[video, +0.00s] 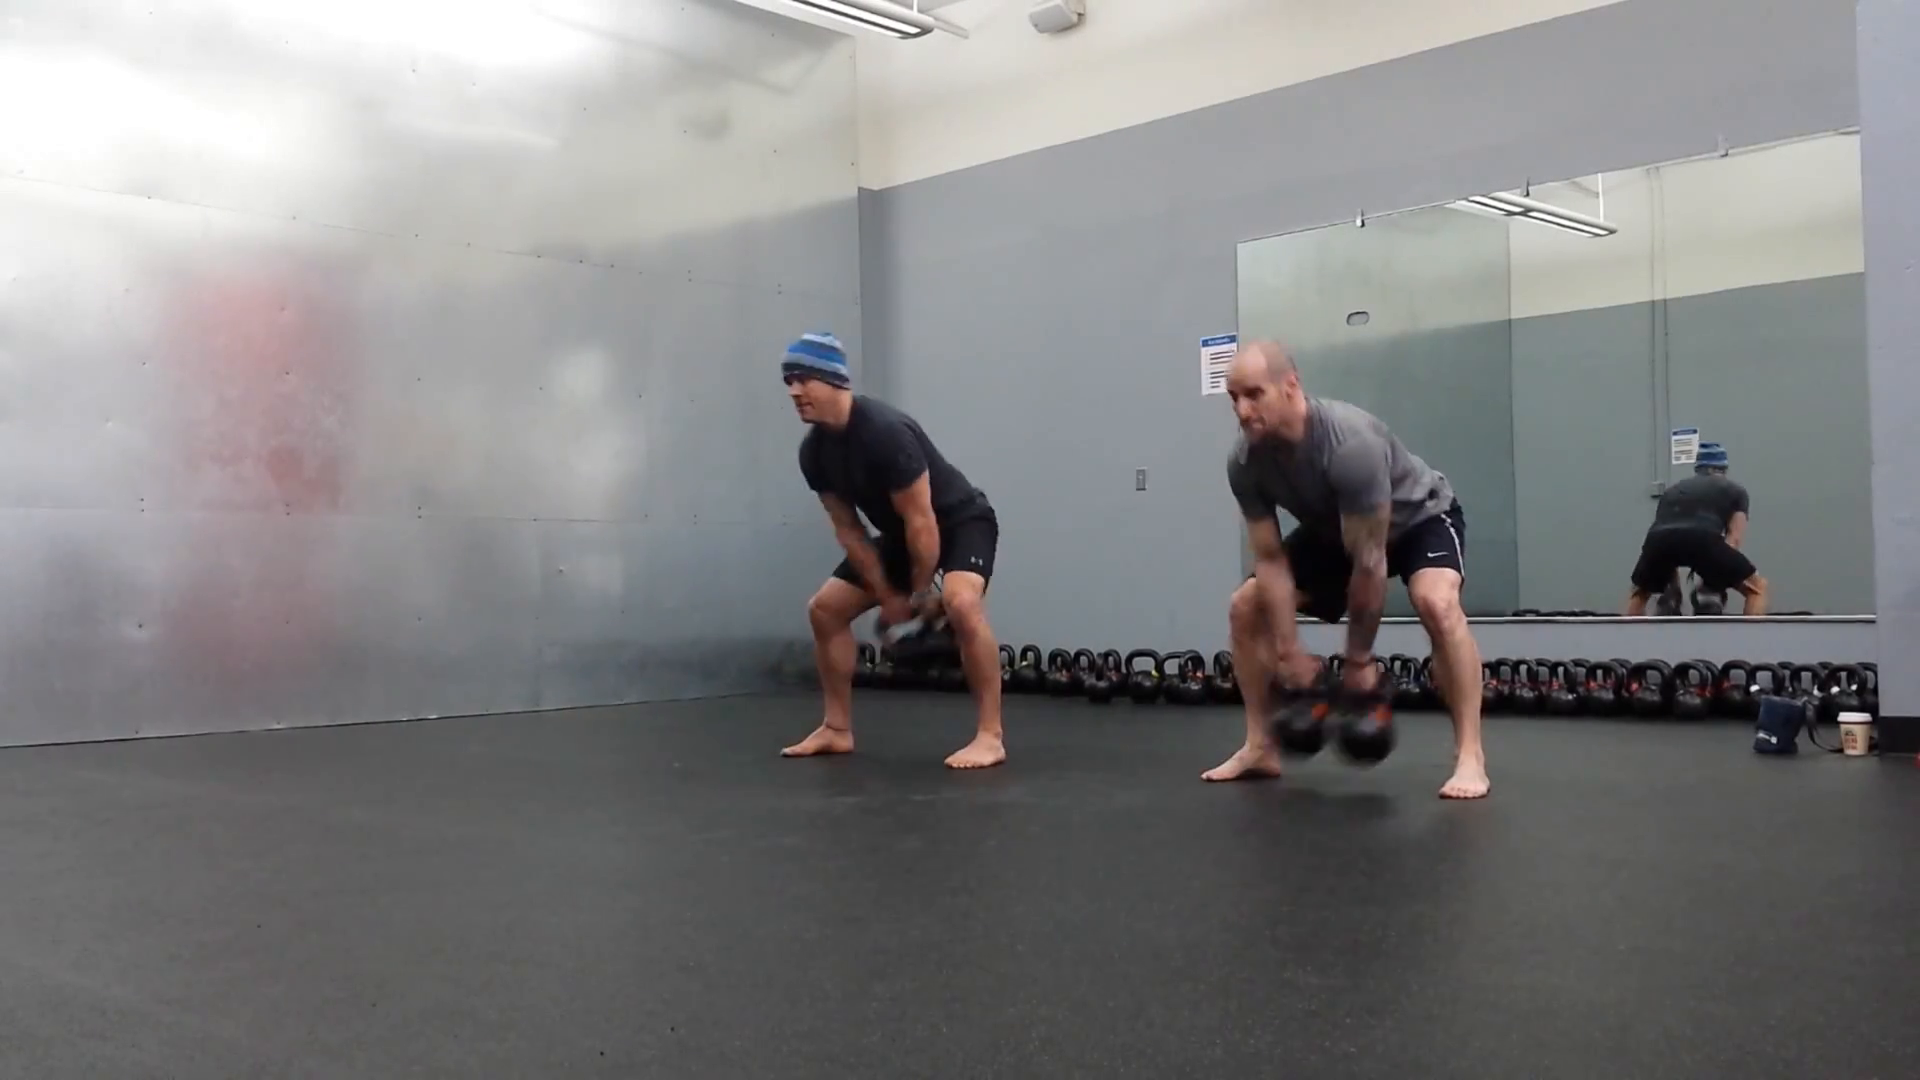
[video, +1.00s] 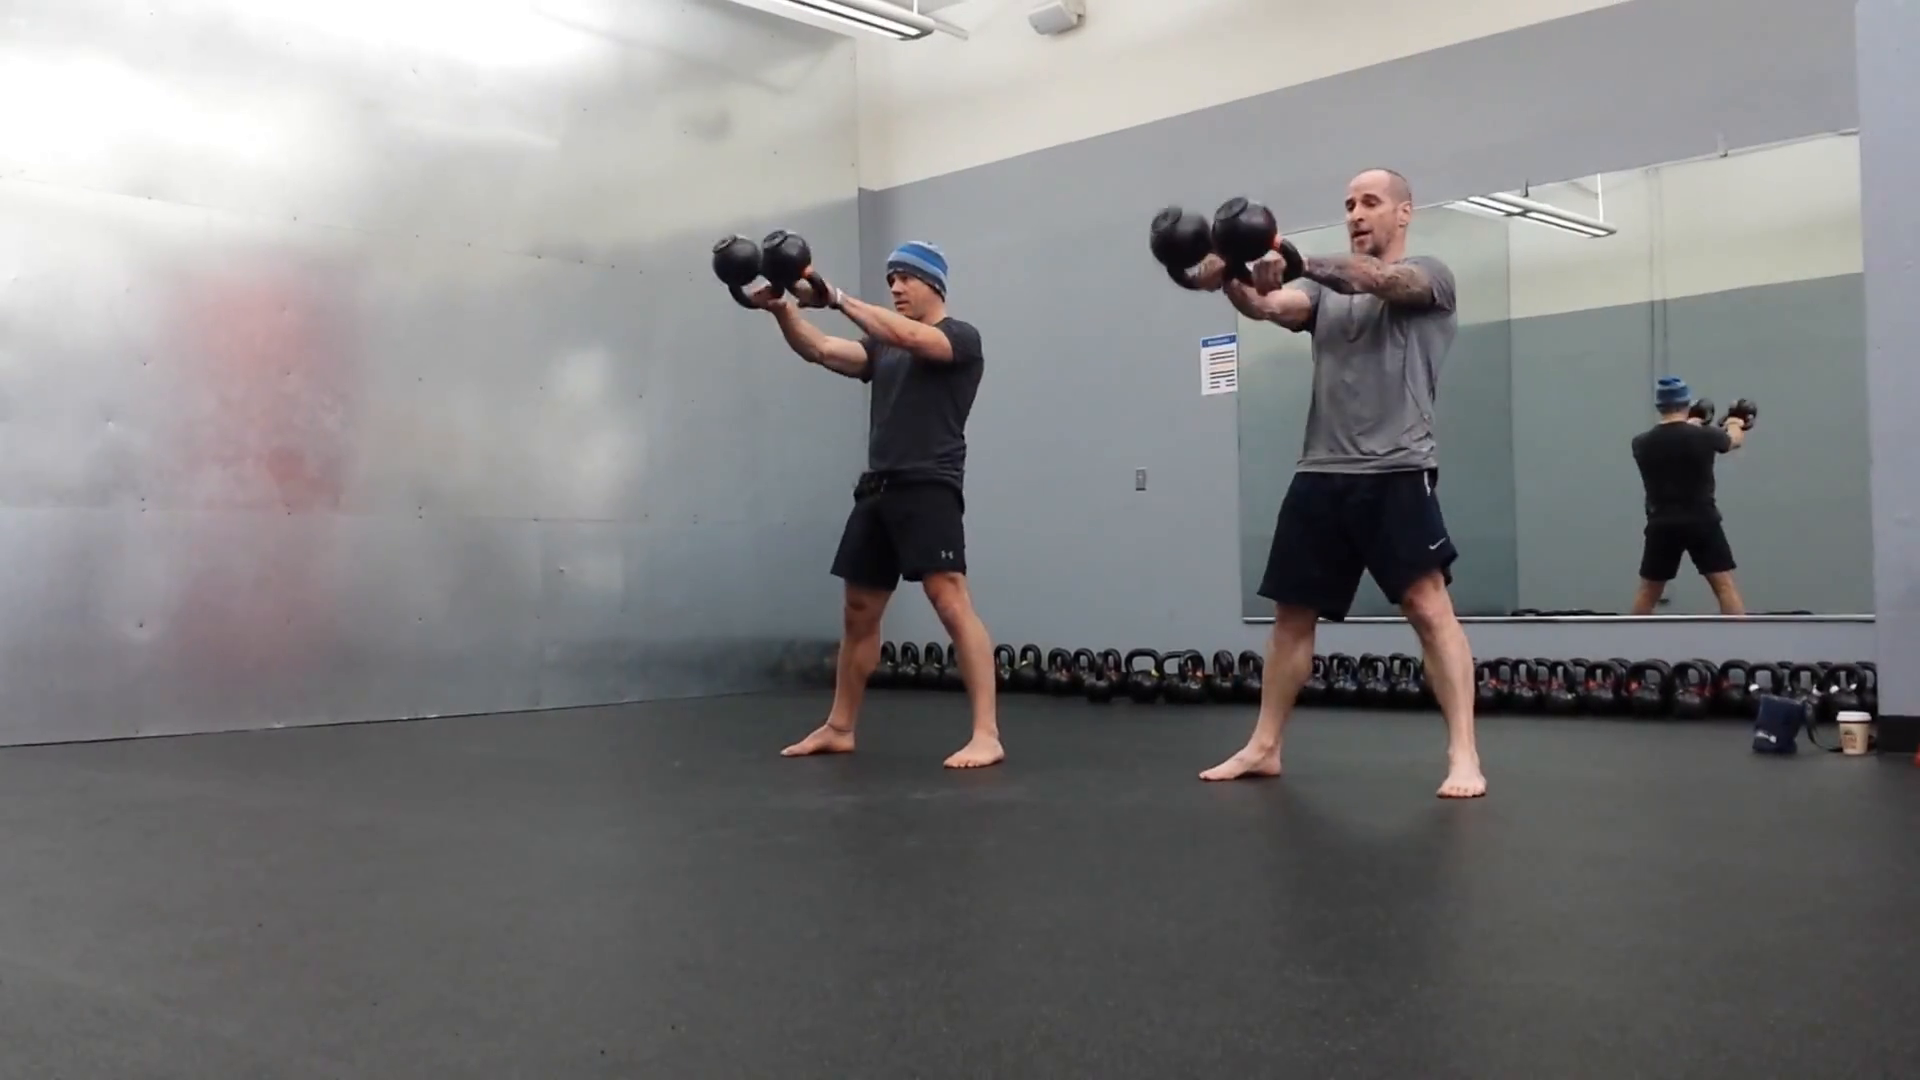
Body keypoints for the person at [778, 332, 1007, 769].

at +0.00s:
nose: (794, 391)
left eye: (803, 380)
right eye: (790, 382)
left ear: (835, 379)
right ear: (791, 386)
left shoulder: (885, 432)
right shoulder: (815, 452)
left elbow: (921, 522)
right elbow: (847, 528)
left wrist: (921, 590)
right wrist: (886, 596)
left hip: (962, 521)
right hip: (902, 533)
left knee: (962, 603)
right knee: (826, 610)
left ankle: (990, 737)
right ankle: (837, 729)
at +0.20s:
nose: (774, 428)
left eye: (784, 416)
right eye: (770, 418)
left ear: (816, 417)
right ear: (769, 423)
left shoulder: (873, 457)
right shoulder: (803, 482)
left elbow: (931, 536)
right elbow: (859, 545)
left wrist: (948, 586)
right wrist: (910, 587)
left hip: (962, 526)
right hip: (899, 541)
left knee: (961, 604)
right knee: (826, 609)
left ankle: (991, 737)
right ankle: (836, 729)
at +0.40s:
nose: (809, 337)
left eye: (822, 327)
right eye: (809, 327)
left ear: (852, 338)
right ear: (814, 341)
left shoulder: (896, 400)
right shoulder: (822, 417)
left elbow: (922, 492)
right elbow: (852, 498)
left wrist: (924, 561)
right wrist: (886, 562)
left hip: (949, 512)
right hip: (887, 519)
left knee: (957, 602)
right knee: (826, 607)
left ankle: (989, 736)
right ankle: (837, 727)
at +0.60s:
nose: (896, 287)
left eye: (906, 277)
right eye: (893, 278)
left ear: (937, 285)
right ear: (896, 287)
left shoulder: (963, 342)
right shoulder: (889, 351)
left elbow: (921, 405)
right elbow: (851, 406)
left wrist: (861, 444)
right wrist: (818, 450)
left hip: (935, 492)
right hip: (884, 491)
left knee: (953, 600)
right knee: (863, 606)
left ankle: (987, 736)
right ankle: (839, 727)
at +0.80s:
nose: (901, 292)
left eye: (911, 282)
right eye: (898, 284)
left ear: (940, 287)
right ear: (900, 293)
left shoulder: (968, 342)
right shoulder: (893, 354)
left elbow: (913, 354)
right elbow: (825, 368)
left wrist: (835, 334)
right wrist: (787, 342)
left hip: (929, 490)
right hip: (877, 491)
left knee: (951, 603)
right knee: (859, 610)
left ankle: (986, 734)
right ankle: (840, 725)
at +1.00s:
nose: (893, 287)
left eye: (902, 278)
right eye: (890, 281)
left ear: (932, 284)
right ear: (899, 290)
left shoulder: (962, 339)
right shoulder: (884, 348)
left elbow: (904, 334)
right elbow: (818, 348)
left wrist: (836, 298)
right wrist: (782, 309)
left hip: (930, 490)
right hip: (877, 493)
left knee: (951, 603)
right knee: (859, 612)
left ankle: (986, 736)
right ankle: (841, 727)